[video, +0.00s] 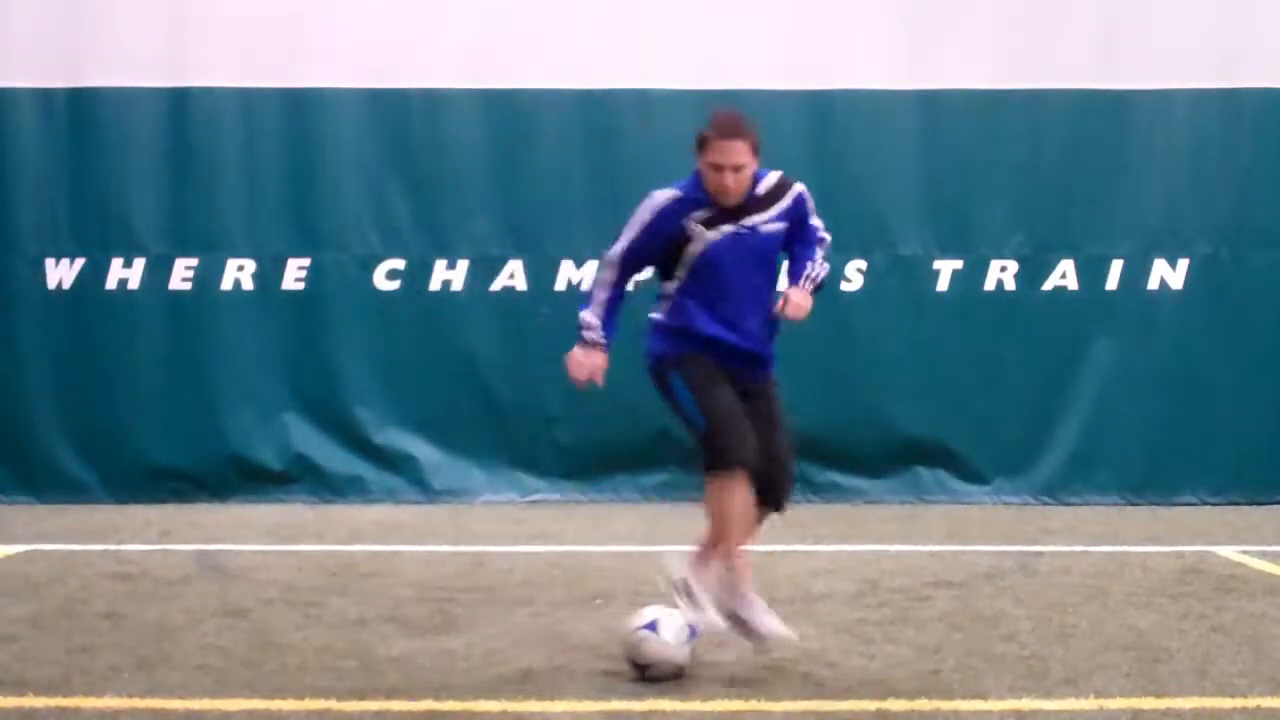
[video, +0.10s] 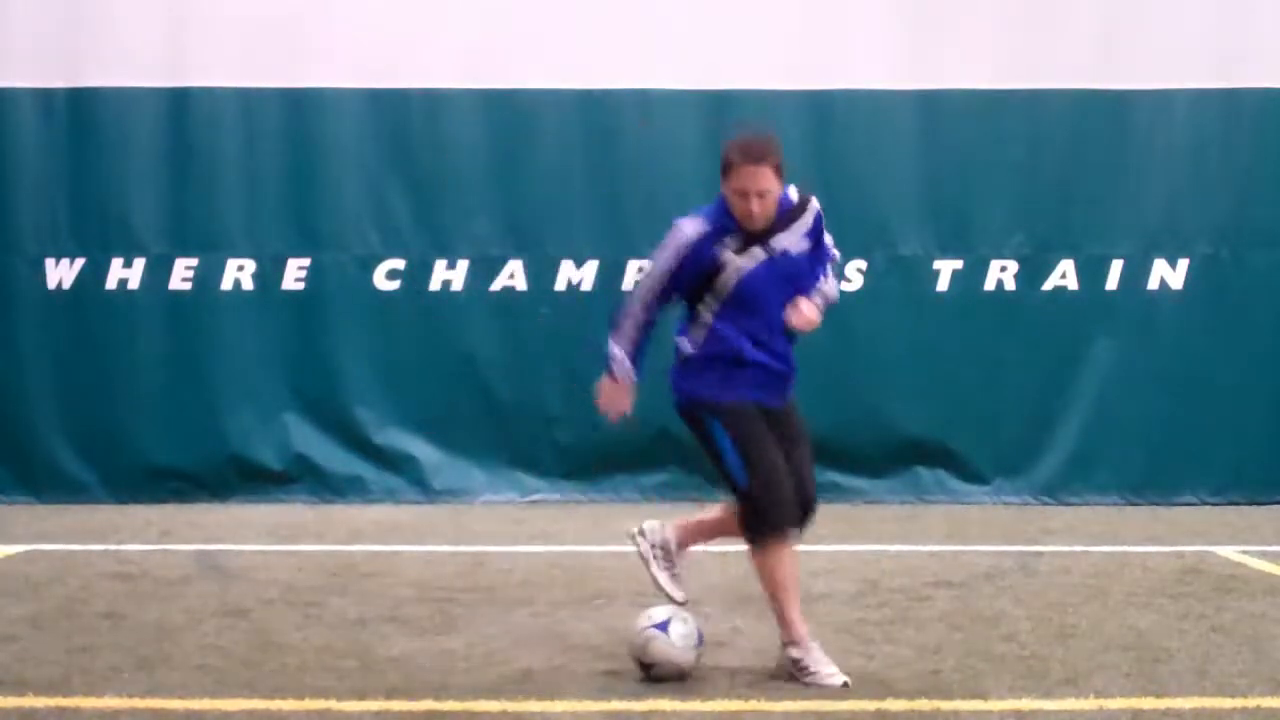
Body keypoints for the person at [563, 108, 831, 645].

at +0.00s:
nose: (729, 181)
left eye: (739, 169)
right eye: (717, 169)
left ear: (756, 163)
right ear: (699, 164)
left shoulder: (786, 197)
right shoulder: (673, 208)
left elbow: (814, 243)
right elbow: (616, 265)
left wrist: (803, 285)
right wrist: (593, 338)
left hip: (750, 357)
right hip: (685, 350)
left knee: (772, 479)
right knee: (732, 450)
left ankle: (697, 572)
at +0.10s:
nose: (755, 207)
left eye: (764, 194)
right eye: (743, 195)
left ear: (781, 184)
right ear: (724, 188)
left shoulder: (804, 215)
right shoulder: (699, 235)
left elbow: (827, 269)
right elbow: (644, 298)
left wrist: (814, 301)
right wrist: (619, 369)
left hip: (772, 385)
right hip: (712, 388)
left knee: (796, 504)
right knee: (770, 505)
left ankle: (669, 539)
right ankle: (798, 645)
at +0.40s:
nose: (776, 211)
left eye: (787, 198)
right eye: (764, 199)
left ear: (801, 192)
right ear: (744, 191)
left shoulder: (818, 228)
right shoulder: (712, 235)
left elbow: (846, 274)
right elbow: (653, 295)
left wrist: (861, 312)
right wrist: (625, 369)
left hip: (787, 399)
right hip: (724, 402)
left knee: (817, 507)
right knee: (780, 512)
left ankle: (702, 561)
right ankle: (798, 647)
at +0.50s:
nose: (763, 188)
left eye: (774, 176)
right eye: (752, 175)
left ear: (790, 171)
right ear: (734, 169)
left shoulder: (810, 212)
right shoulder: (701, 212)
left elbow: (837, 266)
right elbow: (638, 260)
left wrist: (846, 316)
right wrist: (616, 340)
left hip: (777, 377)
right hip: (709, 379)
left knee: (786, 494)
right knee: (743, 488)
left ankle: (752, 624)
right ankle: (770, 624)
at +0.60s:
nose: (746, 195)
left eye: (757, 183)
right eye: (735, 182)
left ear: (775, 179)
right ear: (718, 177)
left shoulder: (797, 229)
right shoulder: (685, 224)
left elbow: (820, 296)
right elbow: (631, 284)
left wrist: (824, 355)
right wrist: (614, 362)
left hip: (758, 394)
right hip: (685, 390)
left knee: (770, 519)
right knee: (691, 493)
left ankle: (765, 633)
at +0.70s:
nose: (717, 198)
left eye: (727, 186)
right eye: (707, 187)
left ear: (749, 185)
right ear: (693, 187)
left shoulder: (777, 237)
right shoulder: (661, 236)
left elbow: (799, 301)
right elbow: (623, 303)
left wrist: (812, 360)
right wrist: (600, 364)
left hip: (747, 407)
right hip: (668, 401)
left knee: (767, 525)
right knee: (628, 493)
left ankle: (765, 634)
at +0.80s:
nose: (684, 163)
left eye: (694, 152)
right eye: (674, 154)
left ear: (713, 151)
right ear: (659, 156)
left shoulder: (744, 198)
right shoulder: (628, 205)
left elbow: (777, 260)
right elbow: (583, 273)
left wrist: (781, 310)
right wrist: (565, 329)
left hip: (720, 379)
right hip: (643, 373)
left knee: (735, 498)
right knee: (587, 469)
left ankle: (755, 621)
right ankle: (535, 592)